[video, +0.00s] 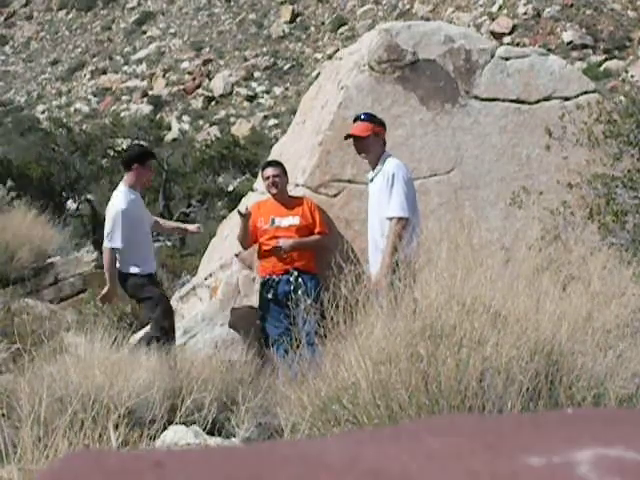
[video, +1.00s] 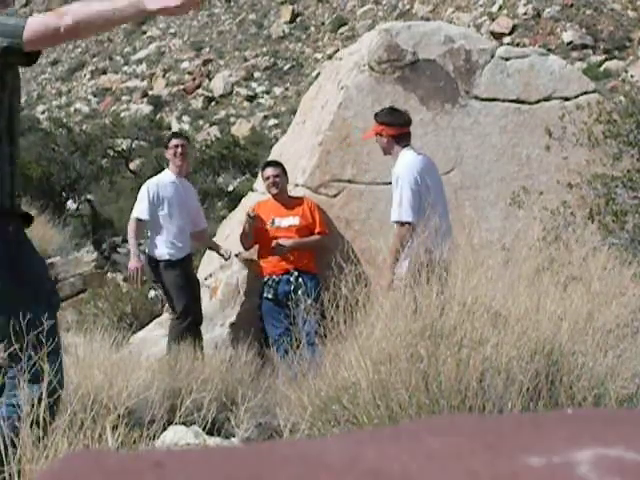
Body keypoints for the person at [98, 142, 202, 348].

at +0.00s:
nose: (152, 175)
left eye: (152, 170)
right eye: (149, 169)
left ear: (137, 169)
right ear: (135, 168)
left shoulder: (133, 198)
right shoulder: (120, 203)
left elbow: (154, 224)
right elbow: (109, 248)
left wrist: (185, 228)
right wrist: (111, 285)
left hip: (146, 273)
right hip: (134, 275)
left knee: (163, 320)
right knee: (164, 315)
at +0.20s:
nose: (165, 154)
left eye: (167, 150)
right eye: (160, 150)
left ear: (170, 155)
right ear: (148, 154)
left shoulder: (158, 186)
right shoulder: (140, 186)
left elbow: (181, 221)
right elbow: (125, 226)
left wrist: (215, 223)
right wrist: (124, 266)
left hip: (161, 260)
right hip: (152, 263)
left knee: (173, 312)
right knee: (189, 310)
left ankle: (175, 364)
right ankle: (184, 365)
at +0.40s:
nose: (172, 150)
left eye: (175, 146)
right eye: (167, 147)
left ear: (180, 150)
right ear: (157, 153)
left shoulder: (174, 183)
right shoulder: (155, 183)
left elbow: (191, 223)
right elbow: (143, 220)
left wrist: (219, 228)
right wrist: (154, 239)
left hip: (176, 256)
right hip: (163, 257)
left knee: (178, 315)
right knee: (191, 312)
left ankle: (177, 365)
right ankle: (193, 366)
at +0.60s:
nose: (183, 153)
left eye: (186, 149)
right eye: (178, 149)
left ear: (191, 153)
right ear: (169, 154)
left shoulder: (186, 184)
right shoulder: (163, 186)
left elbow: (197, 223)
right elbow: (155, 224)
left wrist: (221, 240)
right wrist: (184, 243)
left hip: (180, 258)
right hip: (165, 260)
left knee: (198, 308)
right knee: (189, 311)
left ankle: (195, 362)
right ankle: (188, 365)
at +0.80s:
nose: (188, 158)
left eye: (193, 154)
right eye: (184, 153)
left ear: (198, 159)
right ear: (176, 157)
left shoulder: (192, 196)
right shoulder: (160, 189)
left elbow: (199, 239)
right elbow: (148, 227)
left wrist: (222, 259)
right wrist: (170, 254)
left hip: (185, 264)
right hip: (162, 264)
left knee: (200, 320)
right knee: (193, 319)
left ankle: (197, 371)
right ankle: (190, 371)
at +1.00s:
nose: (179, 151)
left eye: (183, 147)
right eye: (175, 148)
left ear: (188, 152)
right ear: (167, 153)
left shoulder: (190, 190)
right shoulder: (154, 186)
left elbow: (198, 232)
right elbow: (134, 222)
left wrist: (217, 248)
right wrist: (134, 256)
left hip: (184, 257)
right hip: (163, 258)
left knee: (194, 314)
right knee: (183, 311)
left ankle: (196, 365)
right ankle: (174, 365)